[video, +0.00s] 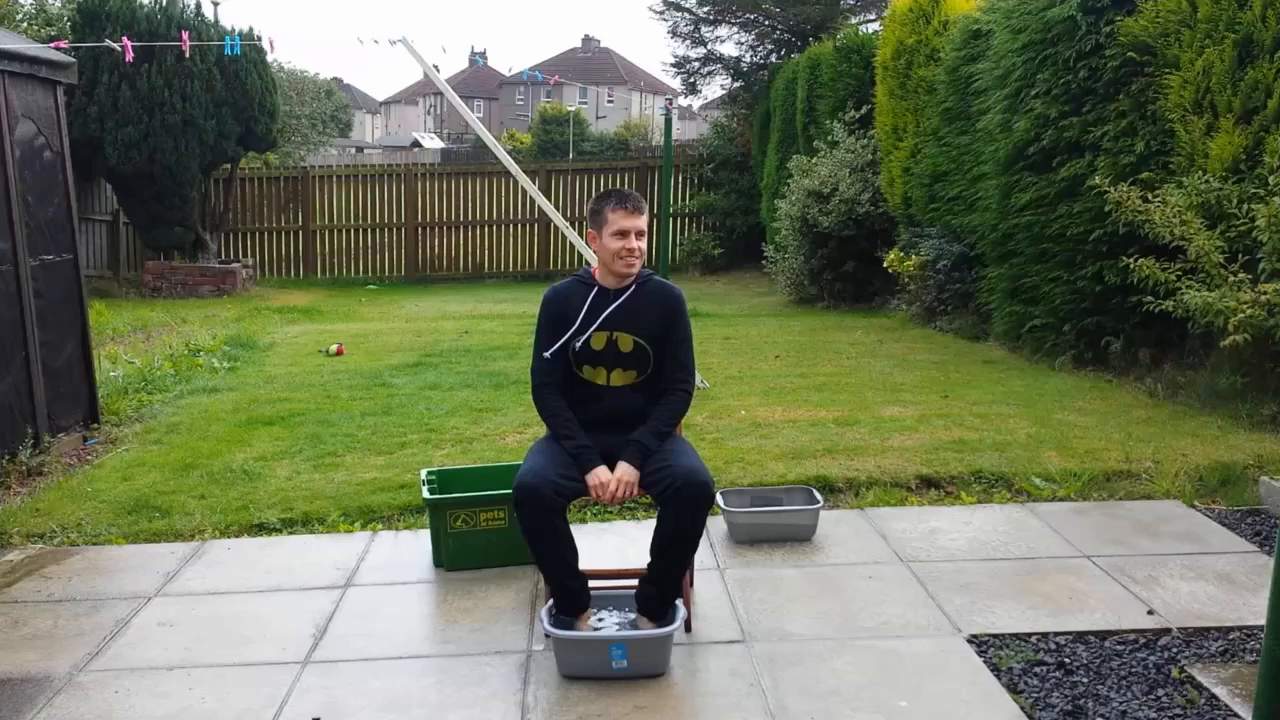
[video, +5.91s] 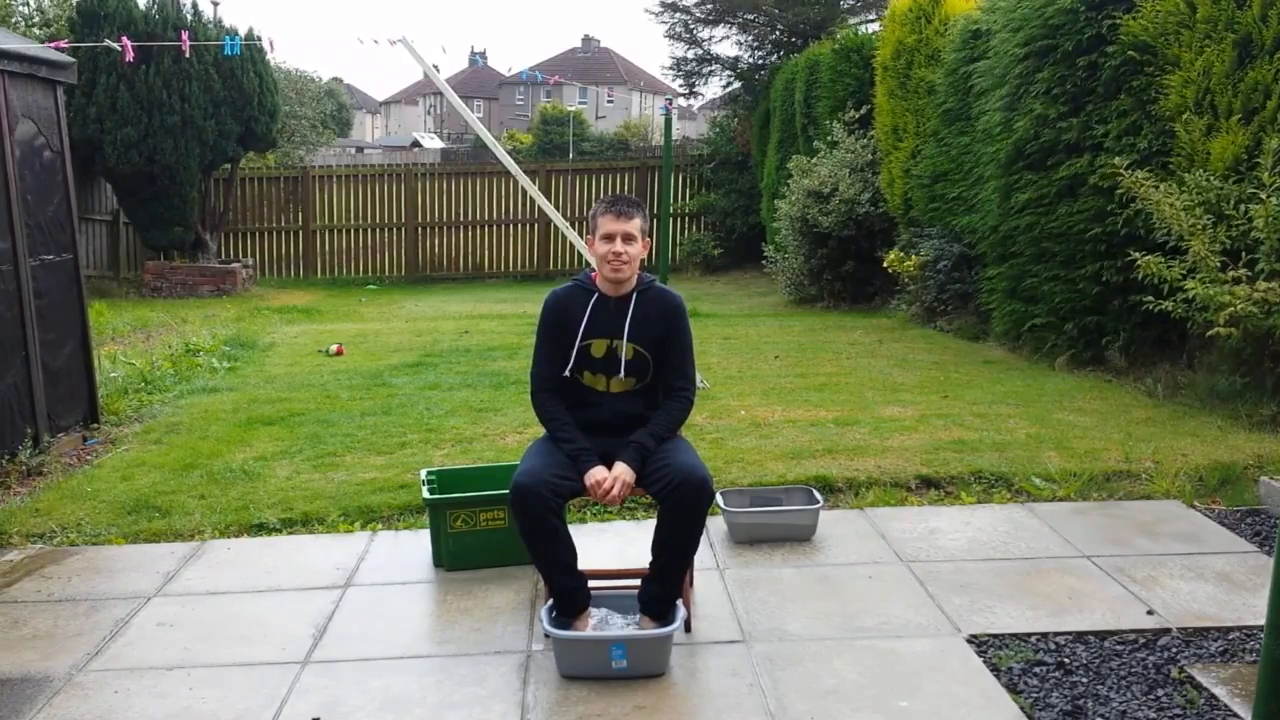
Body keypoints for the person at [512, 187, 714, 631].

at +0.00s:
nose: (633, 245)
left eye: (639, 235)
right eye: (620, 235)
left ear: (648, 238)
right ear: (594, 239)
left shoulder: (666, 300)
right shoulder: (561, 300)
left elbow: (679, 389)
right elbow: (545, 388)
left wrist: (634, 457)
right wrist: (589, 461)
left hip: (649, 434)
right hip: (575, 435)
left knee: (694, 486)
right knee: (531, 489)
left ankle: (655, 601)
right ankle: (572, 602)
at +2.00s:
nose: (646, 250)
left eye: (658, 241)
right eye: (637, 239)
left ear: (672, 249)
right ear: (619, 243)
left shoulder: (683, 312)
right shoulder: (579, 299)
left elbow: (686, 396)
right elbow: (552, 385)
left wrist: (635, 454)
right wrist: (588, 460)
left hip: (650, 436)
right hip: (577, 435)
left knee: (695, 485)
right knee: (533, 485)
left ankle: (655, 605)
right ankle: (575, 603)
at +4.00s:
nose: (618, 252)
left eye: (629, 242)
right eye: (608, 241)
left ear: (646, 249)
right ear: (590, 246)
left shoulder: (667, 307)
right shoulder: (562, 303)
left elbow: (681, 394)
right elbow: (545, 392)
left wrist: (633, 457)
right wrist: (587, 462)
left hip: (649, 436)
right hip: (574, 438)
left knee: (694, 485)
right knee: (528, 489)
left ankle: (657, 606)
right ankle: (573, 605)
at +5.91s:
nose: (617, 249)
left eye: (628, 239)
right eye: (607, 239)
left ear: (645, 248)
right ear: (589, 246)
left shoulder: (666, 306)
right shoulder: (562, 304)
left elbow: (680, 395)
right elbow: (544, 392)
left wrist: (633, 458)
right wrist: (587, 461)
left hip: (648, 435)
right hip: (574, 437)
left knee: (693, 484)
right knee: (528, 489)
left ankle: (657, 605)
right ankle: (572, 605)